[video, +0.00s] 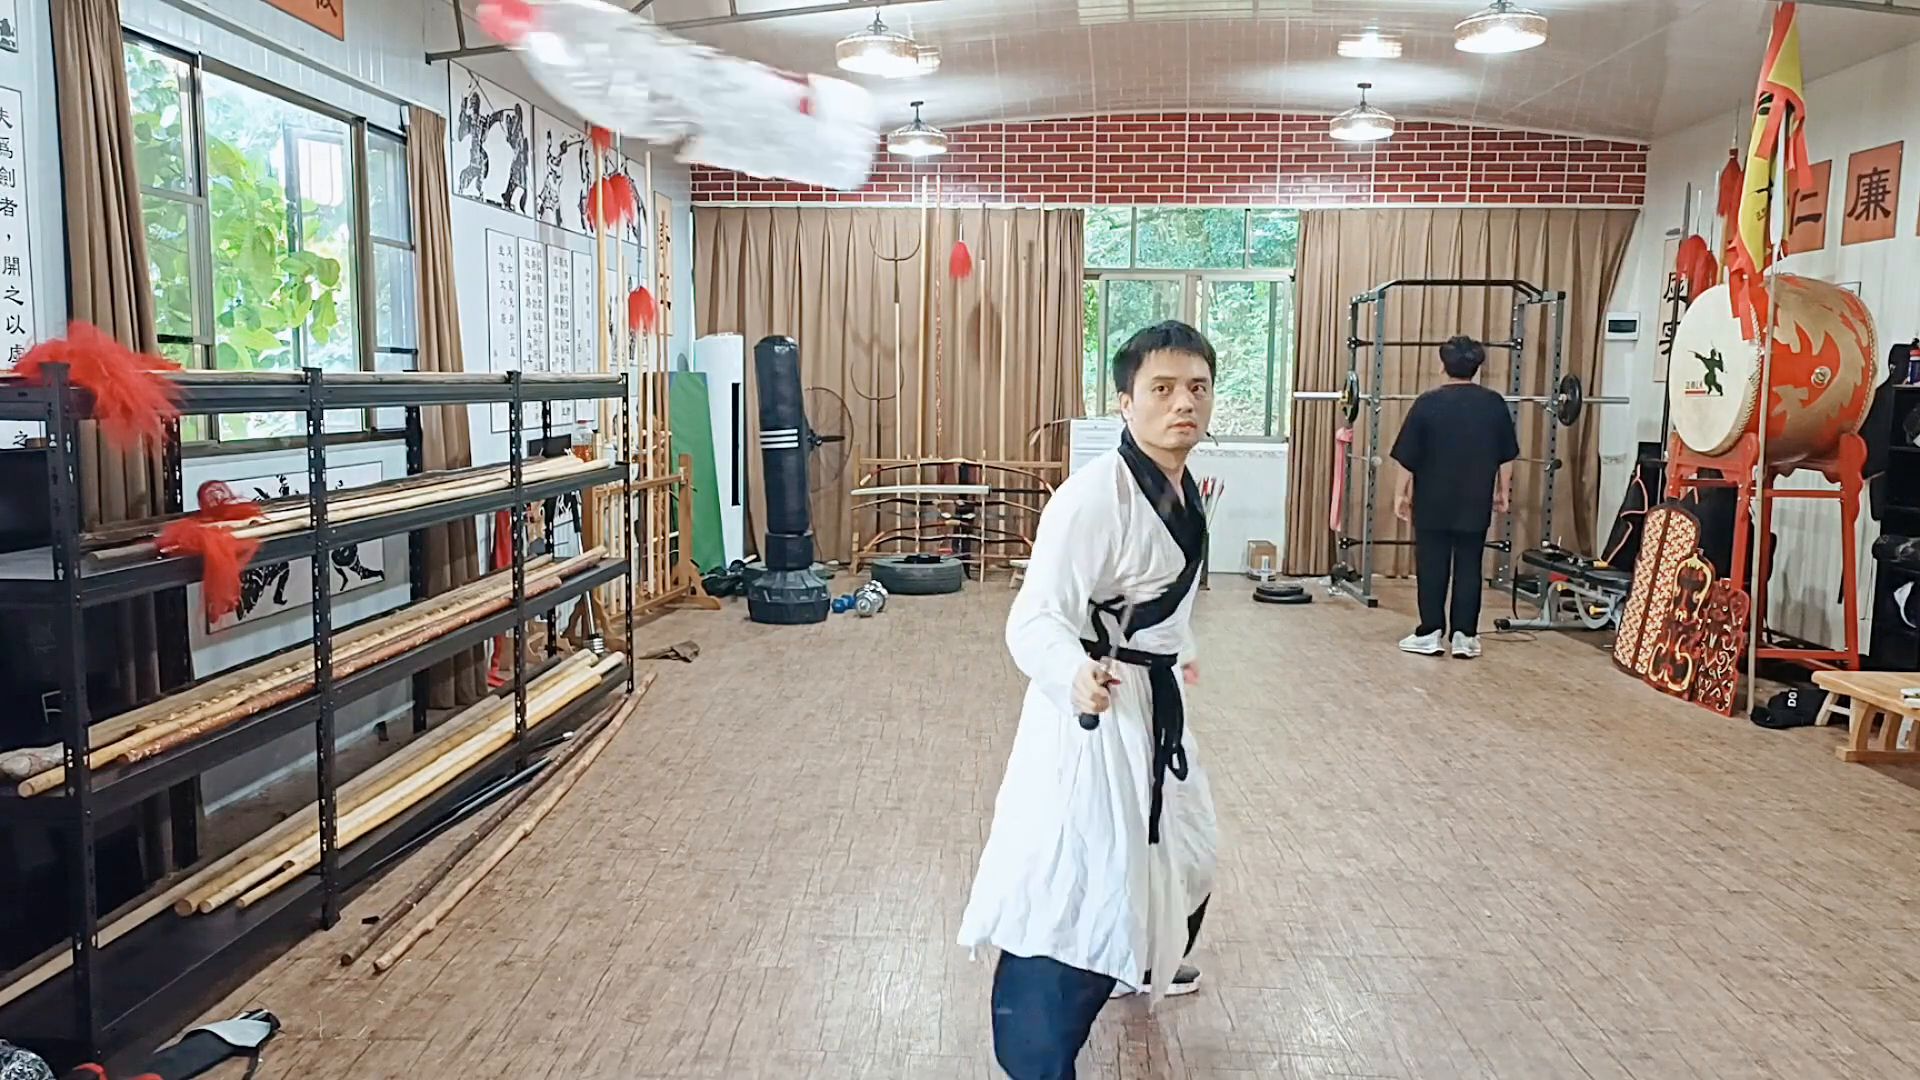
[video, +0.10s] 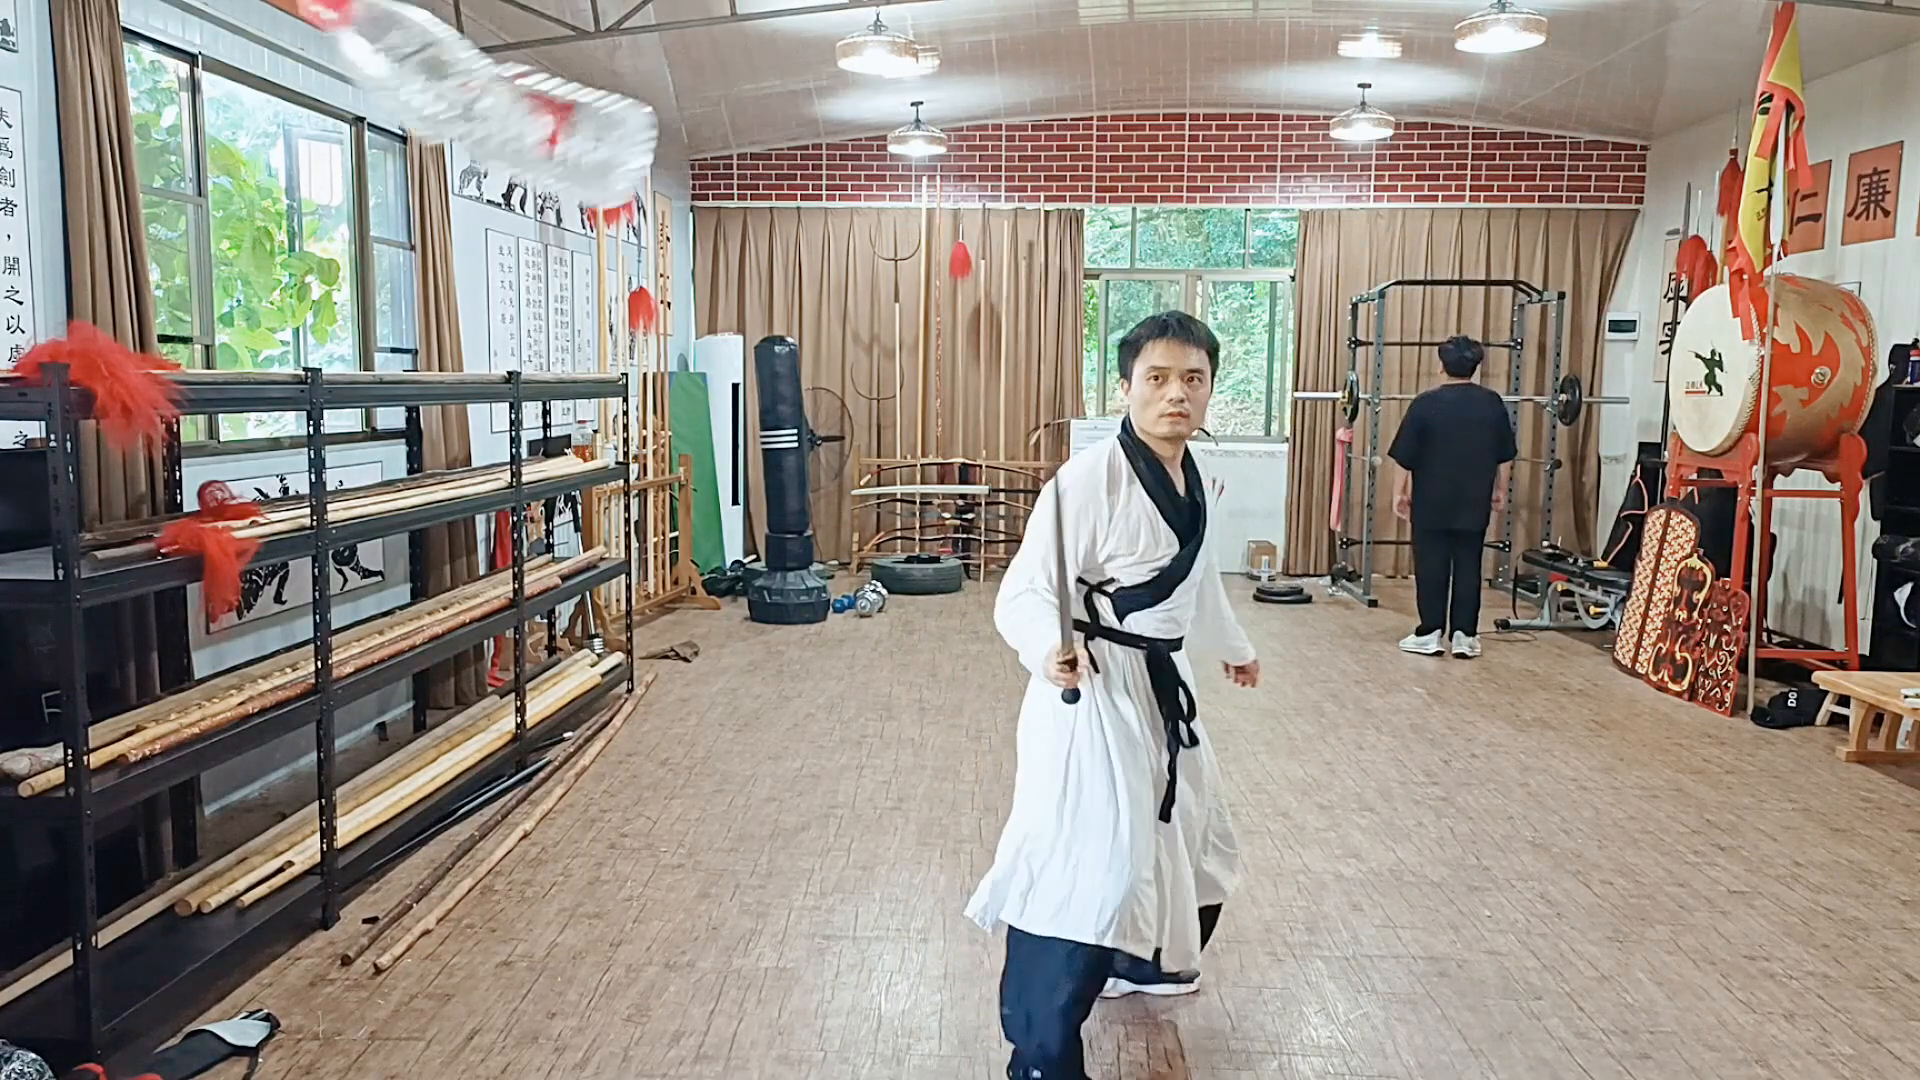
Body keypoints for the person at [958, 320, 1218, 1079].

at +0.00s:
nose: (1185, 404)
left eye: (1198, 388)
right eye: (1164, 388)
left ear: (1213, 399)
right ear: (1126, 401)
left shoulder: (1183, 489)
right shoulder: (1091, 496)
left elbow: (1162, 587)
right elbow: (1034, 619)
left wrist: (1181, 650)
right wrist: (1075, 671)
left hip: (1155, 707)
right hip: (1087, 721)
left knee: (1180, 858)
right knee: (1072, 896)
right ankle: (1038, 1057)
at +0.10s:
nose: (1177, 393)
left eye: (1193, 378)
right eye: (1158, 377)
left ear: (1209, 391)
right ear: (1126, 388)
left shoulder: (1197, 475)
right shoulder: (1088, 480)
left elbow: (1197, 573)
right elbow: (1024, 589)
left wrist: (1233, 643)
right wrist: (1049, 644)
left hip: (1160, 680)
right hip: (1089, 687)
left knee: (1196, 828)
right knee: (1090, 859)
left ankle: (1144, 954)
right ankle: (1043, 1056)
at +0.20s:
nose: (1162, 386)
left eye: (1180, 371)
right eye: (1145, 369)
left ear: (1202, 384)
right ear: (1120, 377)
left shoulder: (1204, 464)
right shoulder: (1083, 469)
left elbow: (1228, 568)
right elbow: (1025, 576)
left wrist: (1268, 639)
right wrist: (1038, 633)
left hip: (1169, 674)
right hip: (1091, 675)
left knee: (1183, 822)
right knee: (1090, 861)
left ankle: (1143, 962)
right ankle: (1043, 1059)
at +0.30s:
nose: (1147, 389)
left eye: (1165, 374)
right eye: (1131, 374)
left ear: (1189, 384)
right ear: (1108, 384)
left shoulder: (1202, 467)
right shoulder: (1071, 480)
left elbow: (1239, 567)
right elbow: (1020, 577)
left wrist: (1289, 641)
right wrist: (1027, 627)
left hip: (1171, 675)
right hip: (1088, 676)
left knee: (1189, 824)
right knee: (1089, 859)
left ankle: (1151, 961)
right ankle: (1043, 1059)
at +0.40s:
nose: (1136, 399)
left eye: (1153, 383)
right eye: (1119, 384)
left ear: (1180, 390)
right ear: (1099, 395)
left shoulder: (1203, 477)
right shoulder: (1064, 490)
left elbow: (1248, 573)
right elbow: (1010, 583)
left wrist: (1301, 648)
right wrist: (1015, 629)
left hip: (1165, 684)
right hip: (1077, 683)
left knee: (1188, 830)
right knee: (1084, 868)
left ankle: (1149, 961)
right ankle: (1047, 1061)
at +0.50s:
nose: (1124, 410)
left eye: (1141, 393)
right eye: (1106, 395)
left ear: (1169, 401)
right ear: (1086, 406)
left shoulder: (1196, 487)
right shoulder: (1053, 499)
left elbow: (1248, 579)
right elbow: (998, 588)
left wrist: (1308, 650)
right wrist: (994, 631)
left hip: (1157, 691)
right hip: (1064, 692)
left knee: (1199, 841)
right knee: (1075, 863)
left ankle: (1145, 966)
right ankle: (1019, 1062)